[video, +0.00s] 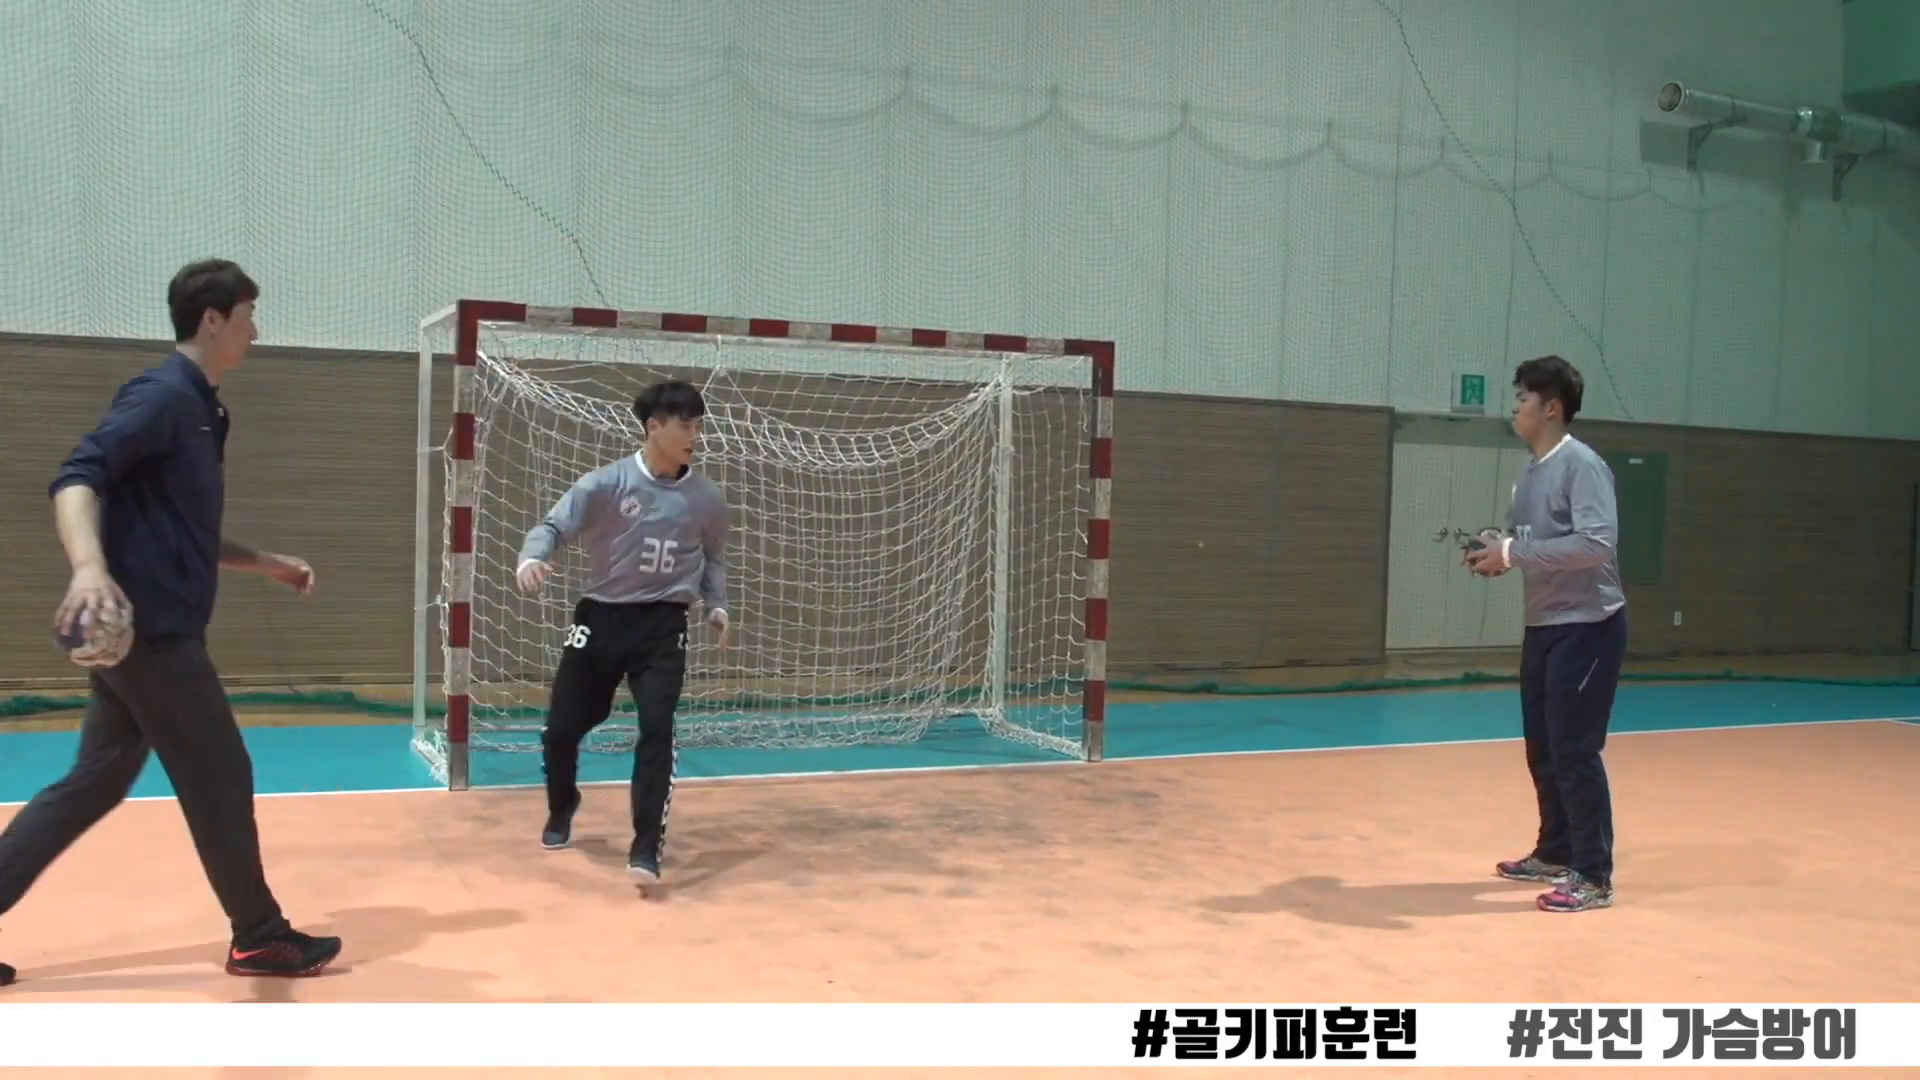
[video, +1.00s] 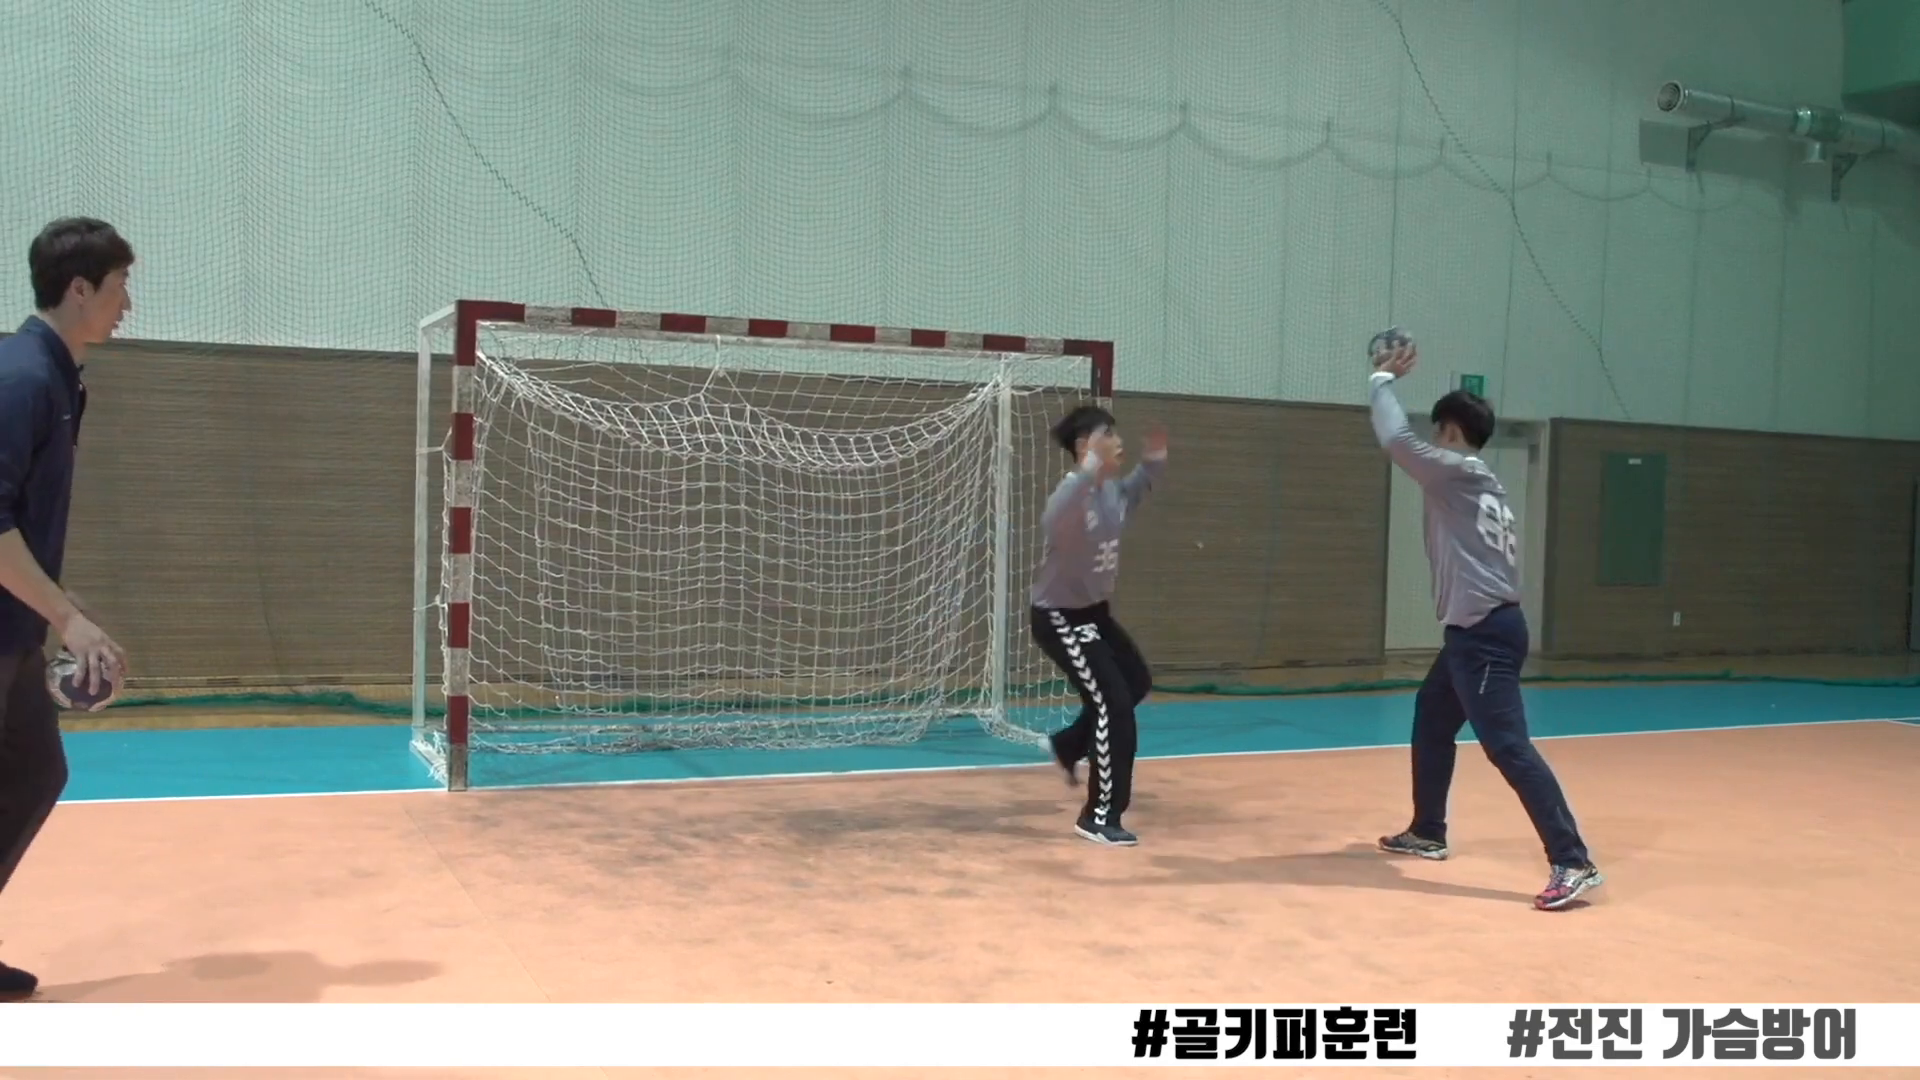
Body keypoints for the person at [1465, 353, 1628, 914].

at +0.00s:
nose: (1515, 407)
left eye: (1525, 398)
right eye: (1517, 398)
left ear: (1555, 406)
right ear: (1541, 407)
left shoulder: (1584, 464)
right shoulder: (1531, 473)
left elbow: (1597, 547)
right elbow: (1535, 545)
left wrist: (1515, 553)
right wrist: (1500, 551)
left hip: (1588, 627)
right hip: (1544, 627)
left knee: (1574, 749)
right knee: (1542, 747)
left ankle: (1594, 877)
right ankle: (1556, 853)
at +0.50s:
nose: (1495, 416)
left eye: (1502, 408)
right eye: (1497, 407)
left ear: (1530, 415)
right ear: (1522, 415)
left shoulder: (1573, 474)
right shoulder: (1501, 475)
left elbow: (1637, 526)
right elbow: (1483, 541)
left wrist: (1600, 566)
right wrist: (1460, 585)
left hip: (1566, 635)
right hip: (1516, 634)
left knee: (1557, 745)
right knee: (1507, 732)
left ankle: (1591, 877)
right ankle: (1550, 843)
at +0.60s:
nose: (1489, 421)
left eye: (1496, 413)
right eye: (1490, 412)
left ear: (1523, 418)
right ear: (1512, 418)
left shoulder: (1570, 478)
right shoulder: (1496, 480)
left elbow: (1621, 507)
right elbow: (1480, 553)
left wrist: (1626, 497)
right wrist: (1446, 603)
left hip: (1562, 634)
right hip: (1510, 632)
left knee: (1552, 746)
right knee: (1478, 721)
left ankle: (1591, 877)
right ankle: (1530, 828)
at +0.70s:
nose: (1478, 431)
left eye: (1483, 421)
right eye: (1479, 422)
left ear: (1506, 425)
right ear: (1508, 425)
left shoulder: (1558, 476)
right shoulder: (1490, 487)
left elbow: (1605, 472)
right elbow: (1481, 565)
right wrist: (1446, 617)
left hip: (1551, 635)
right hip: (1503, 634)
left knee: (1541, 746)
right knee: (1469, 719)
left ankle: (1590, 877)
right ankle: (1479, 833)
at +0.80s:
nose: (1467, 435)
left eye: (1471, 425)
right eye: (1469, 426)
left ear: (1491, 426)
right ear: (1497, 428)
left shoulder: (1533, 478)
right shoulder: (1486, 492)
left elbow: (1539, 420)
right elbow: (1478, 566)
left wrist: (1528, 349)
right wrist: (1460, 619)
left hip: (1534, 637)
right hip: (1493, 635)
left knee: (1529, 750)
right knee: (1460, 721)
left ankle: (1587, 875)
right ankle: (1433, 827)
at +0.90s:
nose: (1459, 431)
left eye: (1469, 423)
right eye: (1461, 423)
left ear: (1486, 428)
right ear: (1488, 429)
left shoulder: (1501, 476)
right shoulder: (1479, 481)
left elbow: (1465, 427)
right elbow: (1484, 564)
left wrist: (1448, 357)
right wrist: (1466, 625)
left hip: (1506, 634)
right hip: (1479, 632)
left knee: (1521, 750)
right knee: (1440, 720)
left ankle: (1584, 873)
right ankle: (1428, 831)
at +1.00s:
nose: (1435, 435)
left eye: (1440, 428)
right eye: (1438, 427)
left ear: (1455, 432)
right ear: (1474, 436)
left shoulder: (1456, 471)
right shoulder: (1487, 483)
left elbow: (1393, 437)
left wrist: (1381, 379)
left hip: (1484, 631)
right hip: (1478, 630)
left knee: (1508, 747)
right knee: (1432, 721)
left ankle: (1573, 863)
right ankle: (1427, 831)